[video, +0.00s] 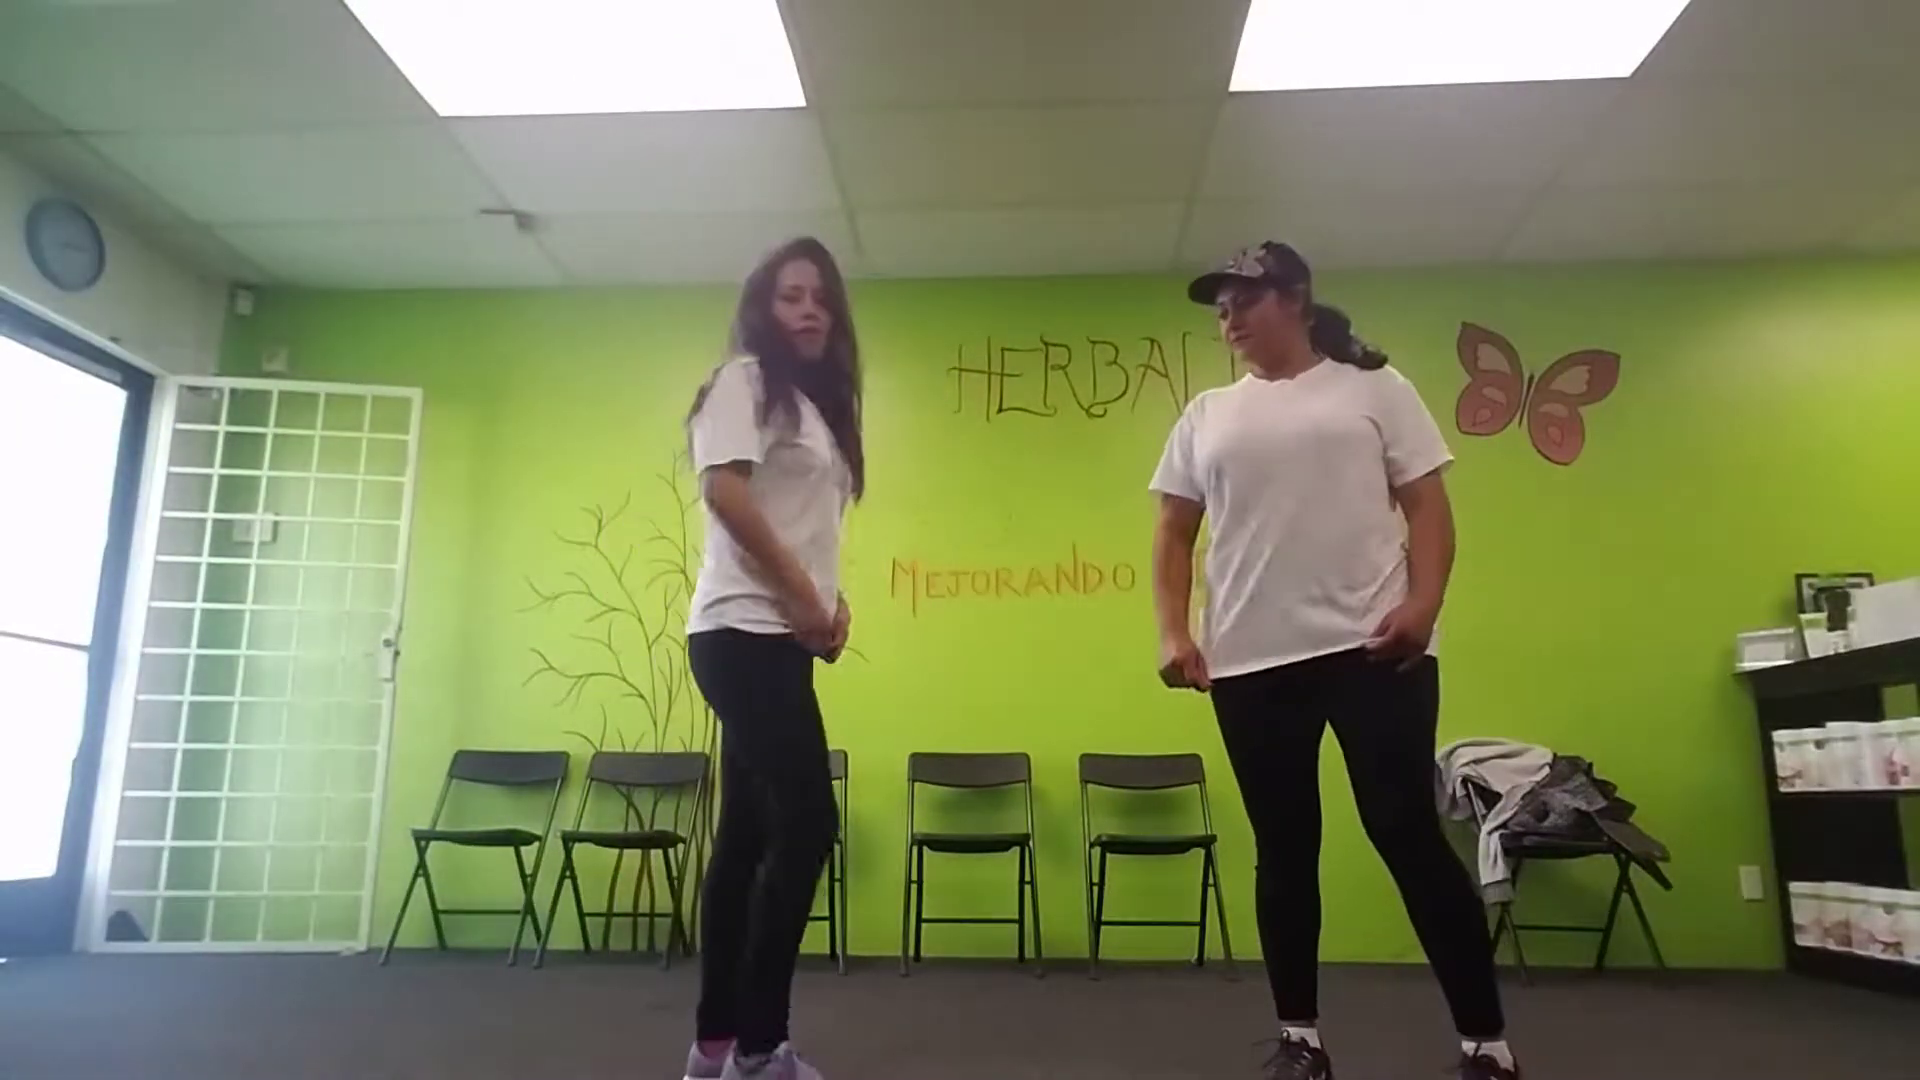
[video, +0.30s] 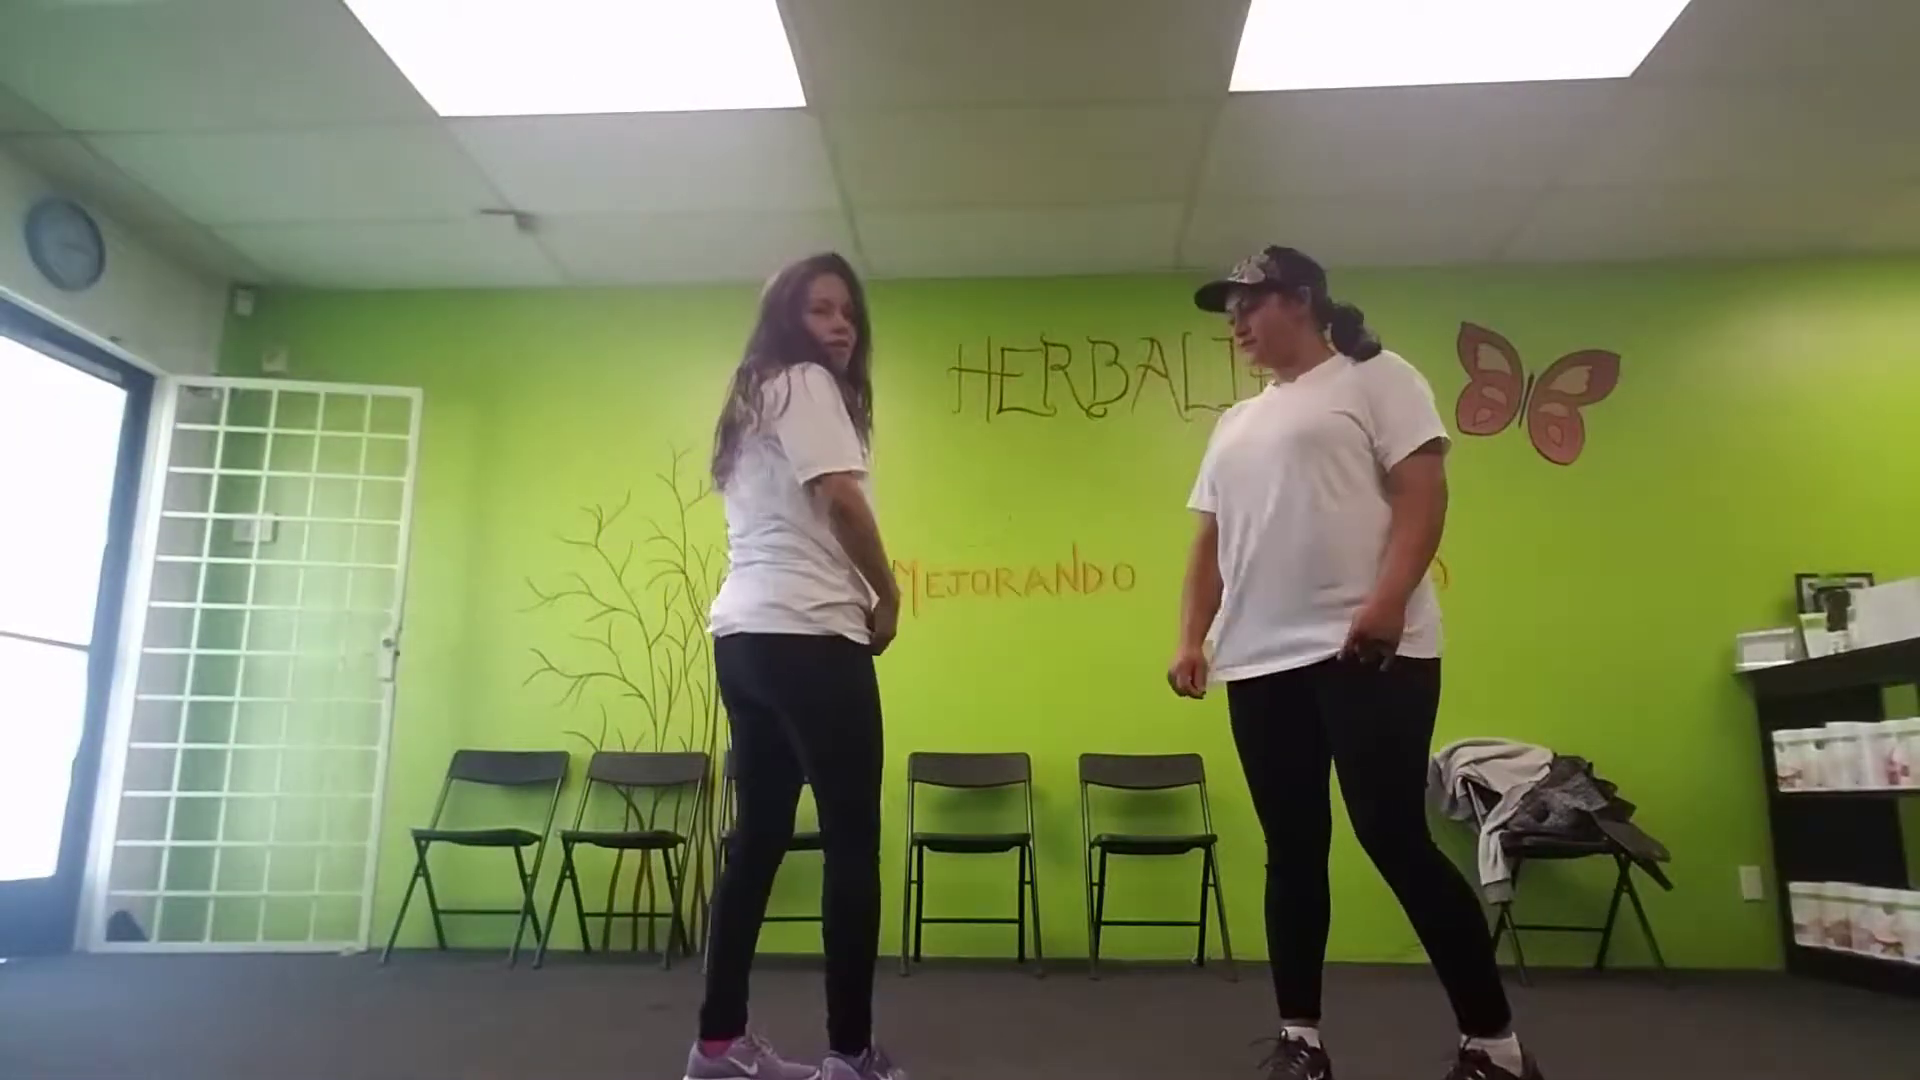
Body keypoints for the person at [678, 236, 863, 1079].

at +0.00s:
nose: (807, 310)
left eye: (819, 298)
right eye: (790, 297)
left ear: (837, 313)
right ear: (761, 308)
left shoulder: (821, 405)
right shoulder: (744, 377)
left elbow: (808, 526)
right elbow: (725, 493)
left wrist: (831, 597)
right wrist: (803, 593)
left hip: (779, 635)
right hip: (743, 632)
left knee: (745, 835)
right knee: (807, 825)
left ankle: (716, 1045)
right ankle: (760, 1049)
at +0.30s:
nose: (837, 324)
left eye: (845, 313)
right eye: (821, 311)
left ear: (852, 322)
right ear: (784, 318)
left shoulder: (753, 392)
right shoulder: (809, 384)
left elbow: (762, 520)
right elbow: (840, 500)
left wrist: (847, 596)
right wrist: (888, 591)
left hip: (745, 635)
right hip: (810, 634)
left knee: (758, 836)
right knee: (852, 840)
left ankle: (720, 1040)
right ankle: (852, 1052)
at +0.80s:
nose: (859, 322)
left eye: (867, 310)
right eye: (842, 309)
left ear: (875, 318)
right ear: (809, 317)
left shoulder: (776, 396)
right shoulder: (837, 385)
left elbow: (797, 524)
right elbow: (886, 501)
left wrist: (880, 591)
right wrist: (920, 589)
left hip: (767, 634)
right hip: (836, 633)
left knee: (783, 842)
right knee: (845, 851)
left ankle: (768, 1051)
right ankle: (849, 1056)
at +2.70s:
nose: (850, 330)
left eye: (855, 318)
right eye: (836, 317)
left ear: (779, 332)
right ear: (797, 322)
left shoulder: (746, 402)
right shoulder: (820, 388)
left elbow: (758, 536)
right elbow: (859, 510)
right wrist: (888, 606)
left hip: (745, 638)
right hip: (824, 633)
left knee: (754, 842)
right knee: (873, 835)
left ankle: (762, 1052)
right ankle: (859, 1049)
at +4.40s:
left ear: (796, 348)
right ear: (882, 351)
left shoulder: (760, 427)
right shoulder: (911, 432)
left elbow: (750, 533)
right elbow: (925, 540)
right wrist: (852, 517)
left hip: (776, 650)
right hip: (882, 653)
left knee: (738, 852)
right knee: (909, 855)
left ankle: (698, 1052)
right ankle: (929, 1051)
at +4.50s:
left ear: (796, 355)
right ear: (881, 358)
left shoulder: (762, 433)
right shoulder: (909, 436)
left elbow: (748, 525)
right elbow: (926, 542)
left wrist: (822, 510)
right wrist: (856, 506)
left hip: (771, 645)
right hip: (876, 650)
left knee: (738, 847)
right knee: (910, 849)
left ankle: (698, 1052)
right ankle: (933, 1049)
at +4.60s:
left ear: (808, 362)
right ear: (892, 366)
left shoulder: (775, 437)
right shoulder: (920, 441)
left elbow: (758, 532)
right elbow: (933, 547)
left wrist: (833, 527)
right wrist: (858, 524)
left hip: (780, 648)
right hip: (887, 654)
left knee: (741, 847)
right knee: (912, 852)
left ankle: (699, 1048)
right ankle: (935, 1050)